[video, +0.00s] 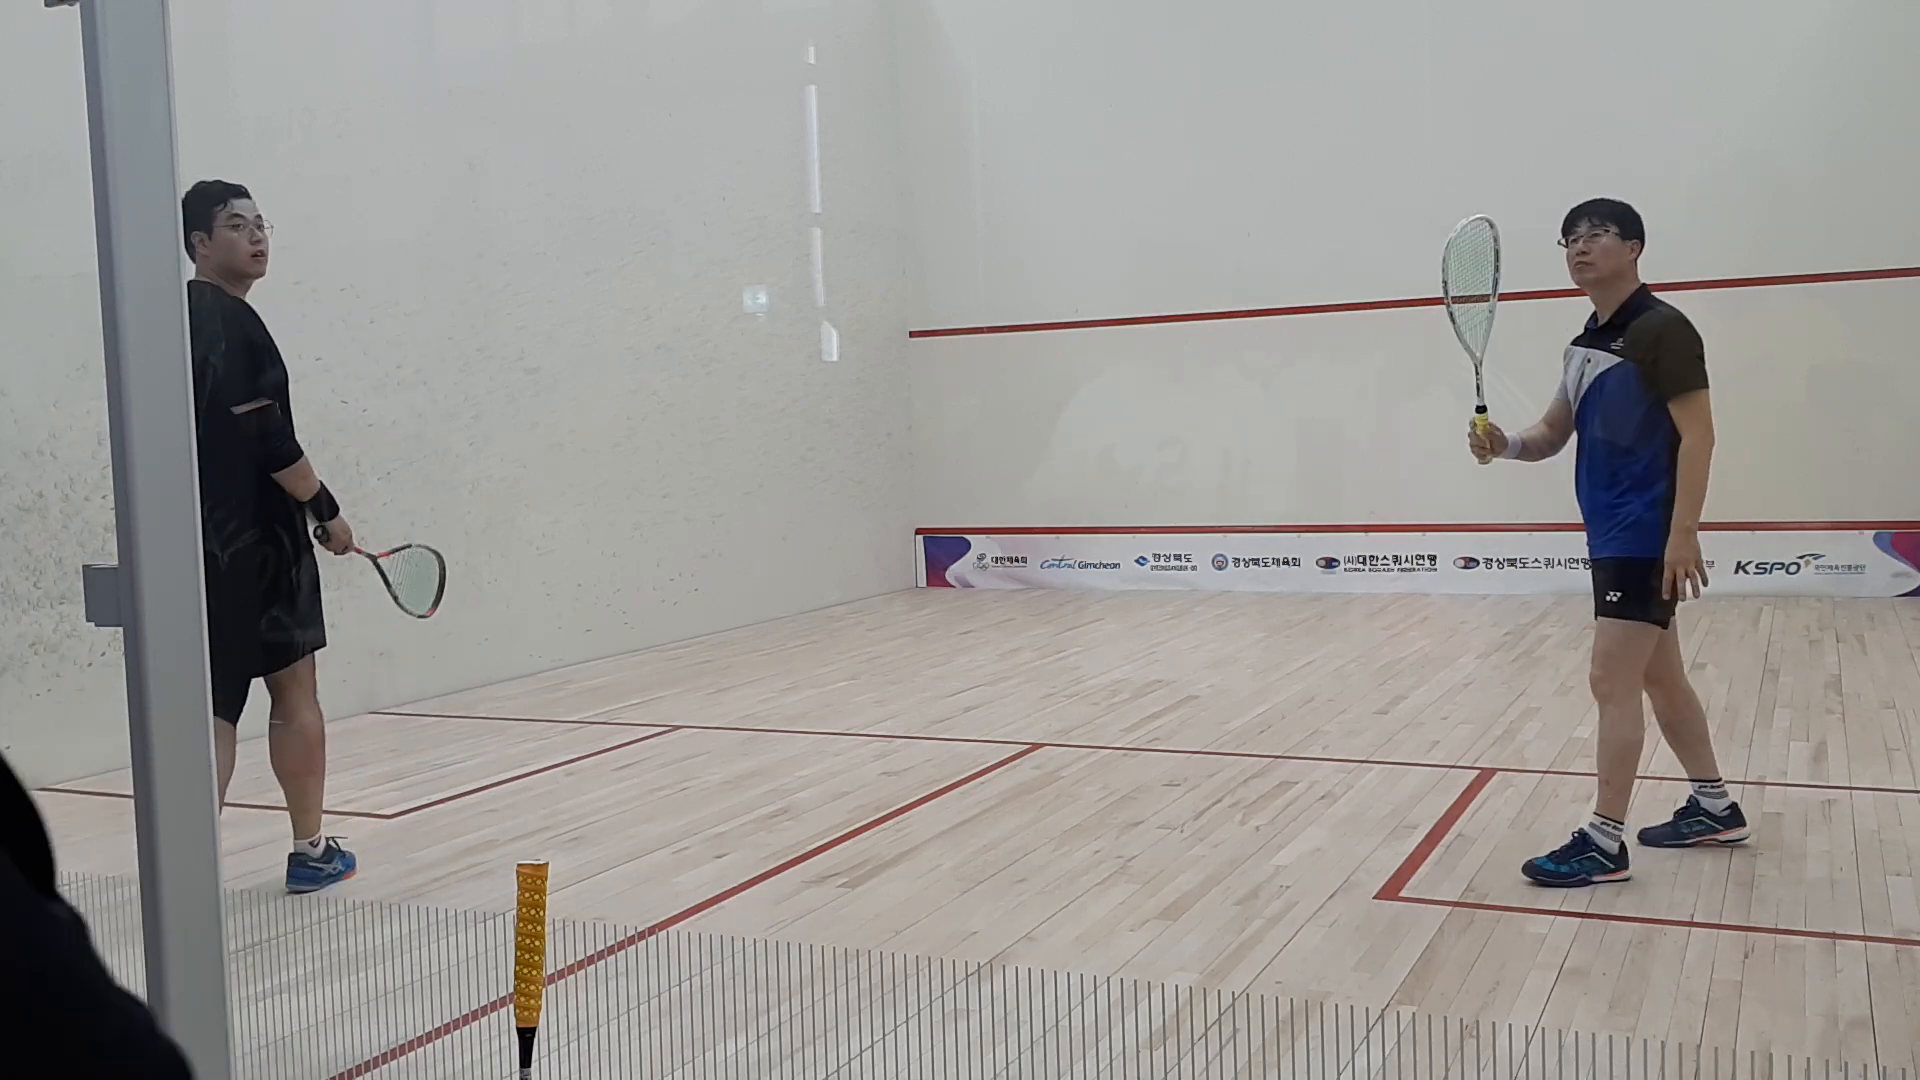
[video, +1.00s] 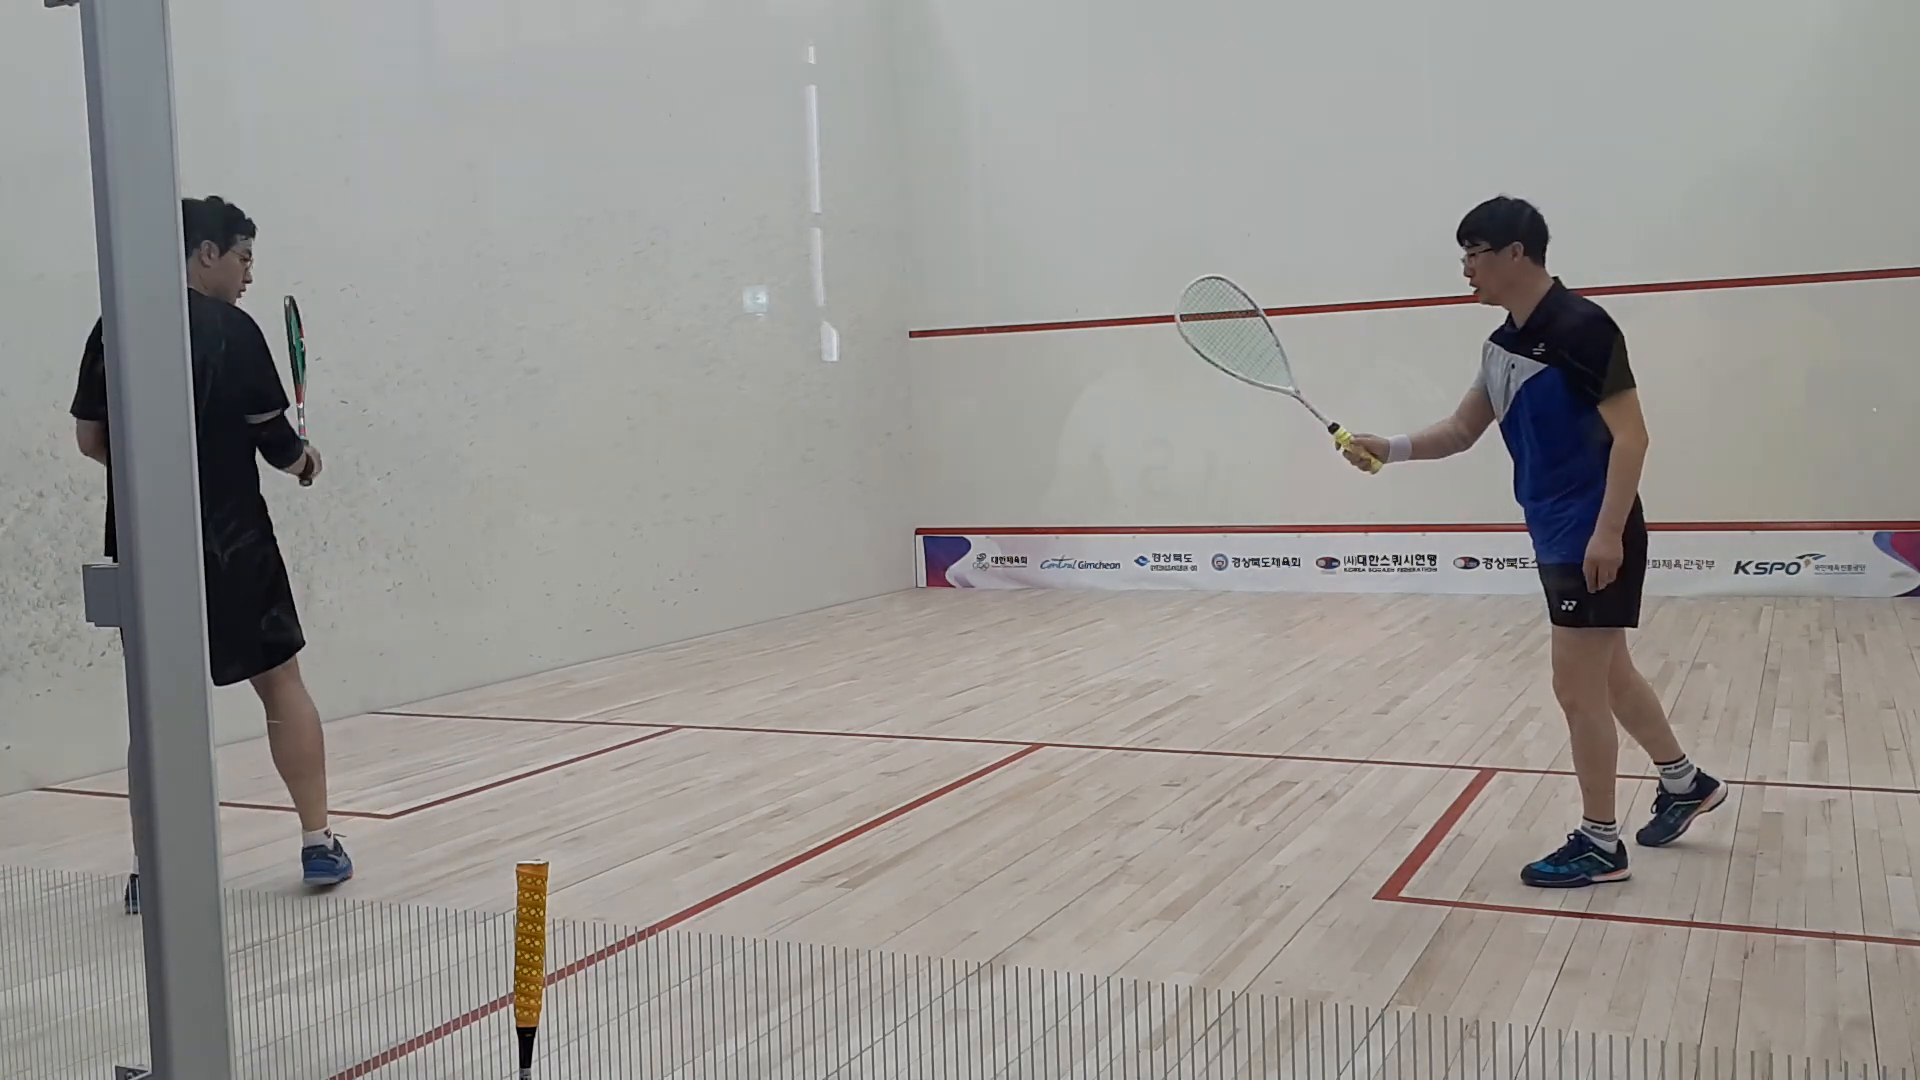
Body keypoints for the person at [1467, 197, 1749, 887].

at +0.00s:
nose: (1578, 247)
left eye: (1594, 235)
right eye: (1571, 240)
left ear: (1632, 248)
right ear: (1566, 260)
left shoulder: (1663, 329)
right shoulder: (1585, 345)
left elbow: (1699, 434)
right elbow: (1549, 435)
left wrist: (1684, 531)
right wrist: (1505, 444)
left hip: (1645, 540)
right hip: (1612, 539)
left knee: (1613, 681)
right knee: (1664, 679)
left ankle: (1606, 837)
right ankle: (1714, 802)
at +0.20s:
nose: (1560, 242)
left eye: (1576, 229)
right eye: (1553, 235)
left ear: (1615, 242)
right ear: (1550, 254)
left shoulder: (1645, 326)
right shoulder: (1568, 336)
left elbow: (1677, 431)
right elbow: (1532, 430)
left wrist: (1657, 528)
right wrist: (1489, 437)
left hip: (1624, 539)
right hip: (1591, 538)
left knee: (1595, 683)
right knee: (1640, 675)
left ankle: (1603, 838)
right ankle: (1704, 789)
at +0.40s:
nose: (1526, 255)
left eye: (1539, 240)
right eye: (1523, 244)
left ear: (1584, 243)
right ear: (1537, 253)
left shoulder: (1630, 325)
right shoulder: (1554, 336)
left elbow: (1659, 432)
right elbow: (1515, 430)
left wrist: (1631, 526)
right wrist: (1466, 440)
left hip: (1612, 536)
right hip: (1576, 536)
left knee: (1589, 683)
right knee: (1628, 677)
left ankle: (1602, 838)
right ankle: (1696, 785)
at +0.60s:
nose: (1499, 258)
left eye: (1510, 245)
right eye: (1498, 247)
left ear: (1556, 247)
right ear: (1536, 253)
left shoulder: (1611, 325)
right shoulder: (1538, 336)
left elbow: (1646, 433)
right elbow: (1503, 431)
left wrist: (1618, 528)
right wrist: (1448, 445)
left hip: (1609, 536)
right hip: (1571, 536)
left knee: (1585, 688)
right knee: (1625, 677)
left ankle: (1601, 840)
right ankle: (1693, 783)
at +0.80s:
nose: (1487, 257)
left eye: (1497, 243)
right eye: (1487, 245)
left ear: (1541, 247)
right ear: (1527, 252)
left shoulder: (1597, 326)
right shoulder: (1521, 341)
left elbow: (1636, 433)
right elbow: (1472, 429)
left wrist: (1612, 528)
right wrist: (1395, 436)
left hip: (1605, 536)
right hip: (1566, 538)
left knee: (1578, 685)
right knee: (1621, 674)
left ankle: (1601, 838)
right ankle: (1689, 780)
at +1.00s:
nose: (1464, 270)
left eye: (1473, 256)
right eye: (1464, 257)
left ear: (1515, 254)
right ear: (1503, 259)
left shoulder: (1584, 329)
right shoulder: (1504, 346)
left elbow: (1631, 437)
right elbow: (1462, 430)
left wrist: (1608, 532)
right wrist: (1387, 448)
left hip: (1595, 538)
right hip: (1557, 541)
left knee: (1579, 688)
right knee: (1614, 674)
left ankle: (1600, 838)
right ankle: (1683, 778)